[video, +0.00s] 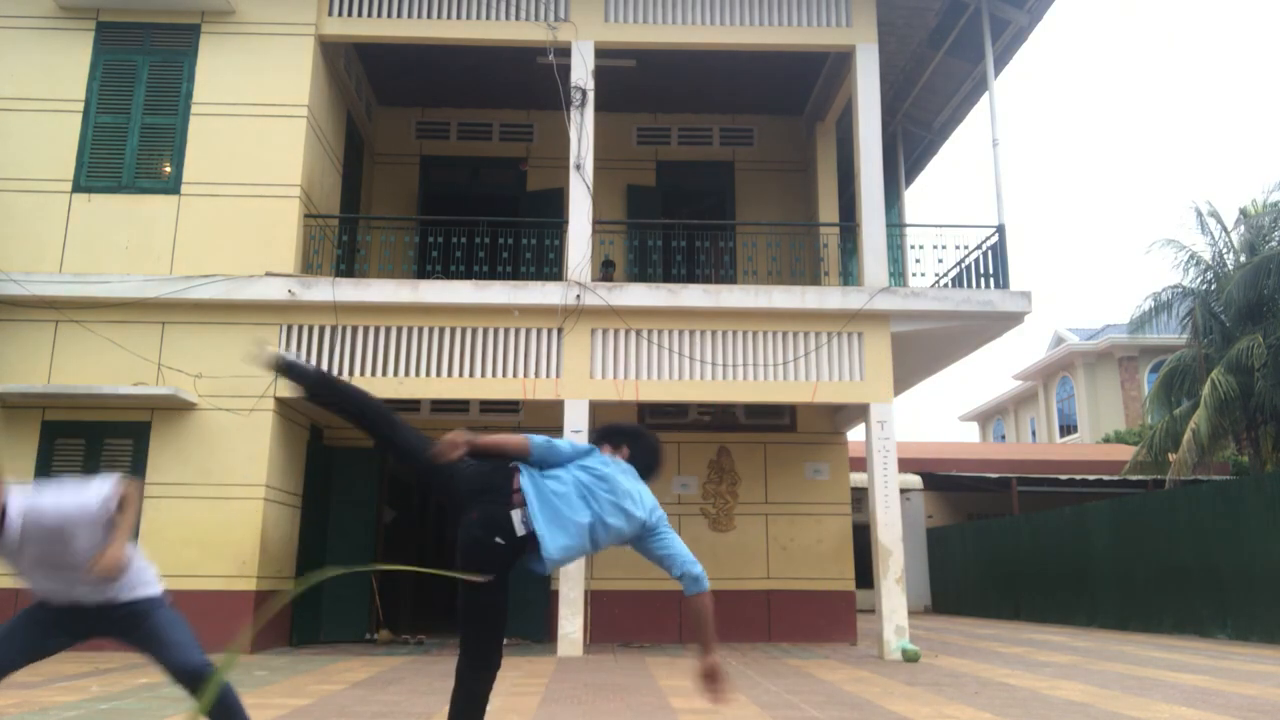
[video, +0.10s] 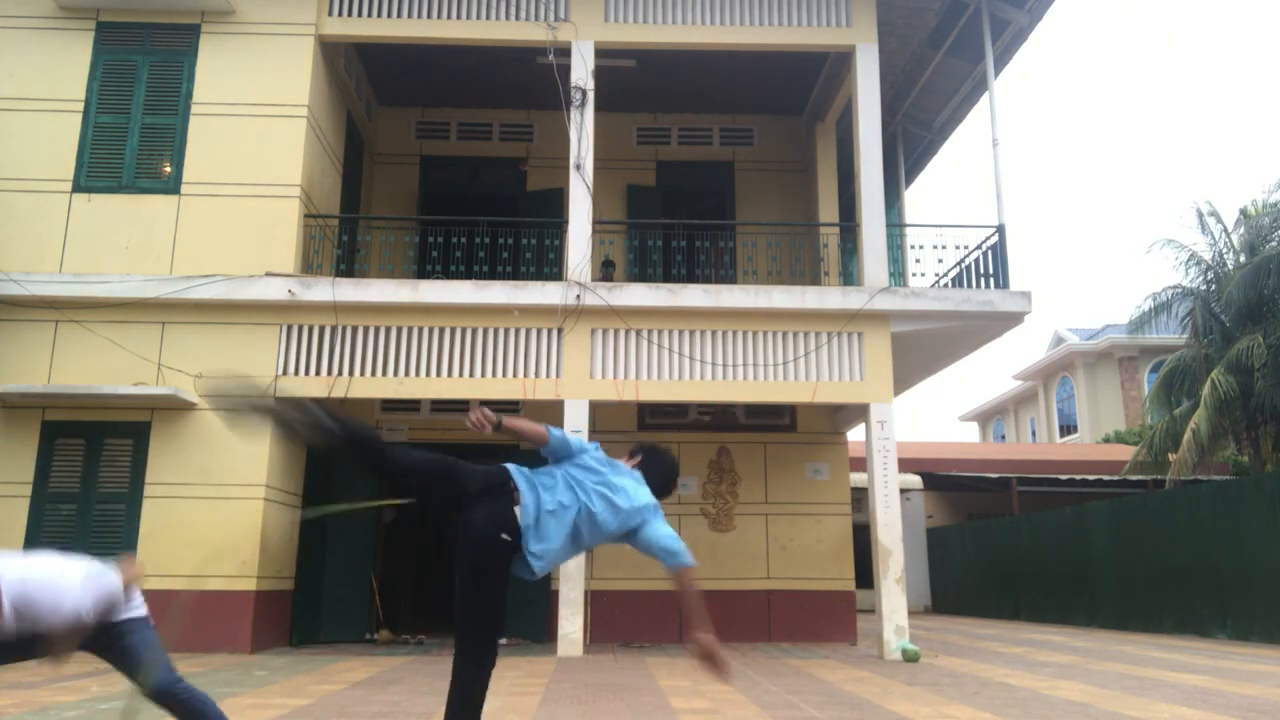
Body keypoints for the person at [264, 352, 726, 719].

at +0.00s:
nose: (595, 453)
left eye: (601, 447)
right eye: (599, 449)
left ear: (619, 451)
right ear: (643, 467)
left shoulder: (591, 453)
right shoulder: (647, 513)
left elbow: (527, 446)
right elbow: (694, 579)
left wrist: (468, 440)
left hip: (486, 486)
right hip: (497, 543)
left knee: (393, 432)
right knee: (480, 657)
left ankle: (306, 376)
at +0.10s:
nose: (628, 454)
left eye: (632, 453)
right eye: (636, 459)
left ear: (632, 459)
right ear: (659, 493)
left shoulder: (594, 453)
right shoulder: (644, 512)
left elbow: (541, 435)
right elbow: (684, 565)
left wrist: (495, 422)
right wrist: (700, 628)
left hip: (484, 482)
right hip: (497, 537)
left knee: (391, 458)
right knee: (475, 656)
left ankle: (317, 425)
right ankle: (458, 715)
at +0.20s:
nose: (614, 417)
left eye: (621, 413)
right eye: (620, 413)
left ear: (635, 422)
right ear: (653, 446)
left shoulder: (599, 424)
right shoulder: (643, 488)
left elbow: (539, 414)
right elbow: (619, 555)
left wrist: (473, 409)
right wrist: (618, 553)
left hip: (511, 486)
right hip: (530, 541)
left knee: (402, 490)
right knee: (491, 649)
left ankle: (431, 540)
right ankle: (473, 716)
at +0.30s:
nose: (601, 368)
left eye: (609, 362)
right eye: (605, 361)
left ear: (629, 372)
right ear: (634, 379)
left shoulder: (613, 395)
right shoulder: (630, 450)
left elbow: (568, 420)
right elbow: (598, 519)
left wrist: (517, 410)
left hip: (548, 501)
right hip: (564, 529)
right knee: (500, 631)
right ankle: (477, 713)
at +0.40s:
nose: (591, 352)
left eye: (601, 344)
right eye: (593, 345)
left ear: (629, 354)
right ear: (604, 353)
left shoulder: (647, 424)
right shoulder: (575, 403)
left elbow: (617, 485)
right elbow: (558, 474)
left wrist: (590, 432)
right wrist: (535, 450)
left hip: (585, 533)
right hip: (538, 527)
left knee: (583, 619)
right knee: (491, 644)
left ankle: (624, 711)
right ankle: (459, 714)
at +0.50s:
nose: (652, 380)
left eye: (661, 372)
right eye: (642, 370)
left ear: (671, 380)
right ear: (625, 377)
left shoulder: (673, 446)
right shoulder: (585, 418)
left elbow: (665, 520)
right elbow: (539, 463)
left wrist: (652, 481)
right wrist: (589, 491)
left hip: (607, 566)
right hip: (548, 556)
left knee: (667, 664)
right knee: (510, 654)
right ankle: (453, 716)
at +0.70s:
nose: (798, 522)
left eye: (801, 512)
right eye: (797, 512)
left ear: (767, 485)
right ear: (774, 505)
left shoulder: (722, 469)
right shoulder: (720, 545)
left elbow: (658, 460)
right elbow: (655, 596)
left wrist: (687, 506)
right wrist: (700, 599)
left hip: (639, 586)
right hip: (594, 581)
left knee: (711, 663)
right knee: (536, 679)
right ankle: (468, 716)